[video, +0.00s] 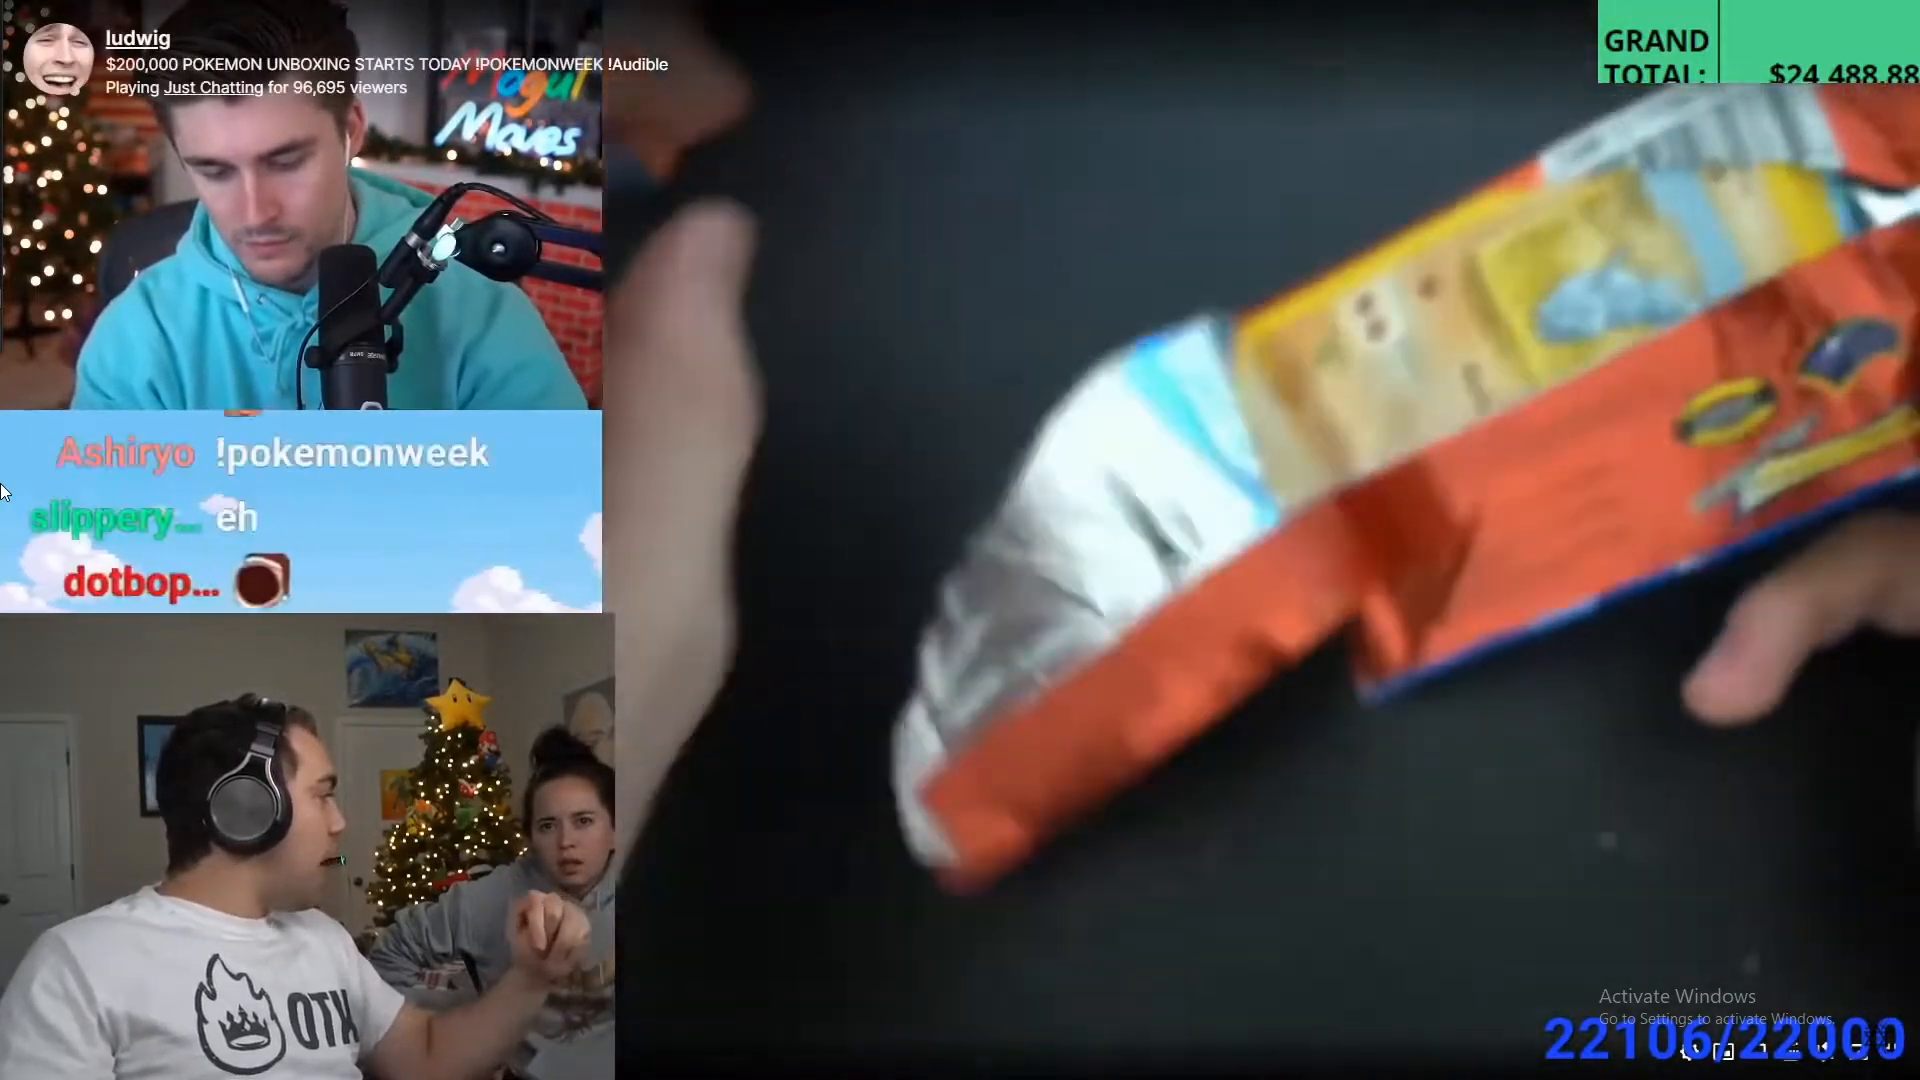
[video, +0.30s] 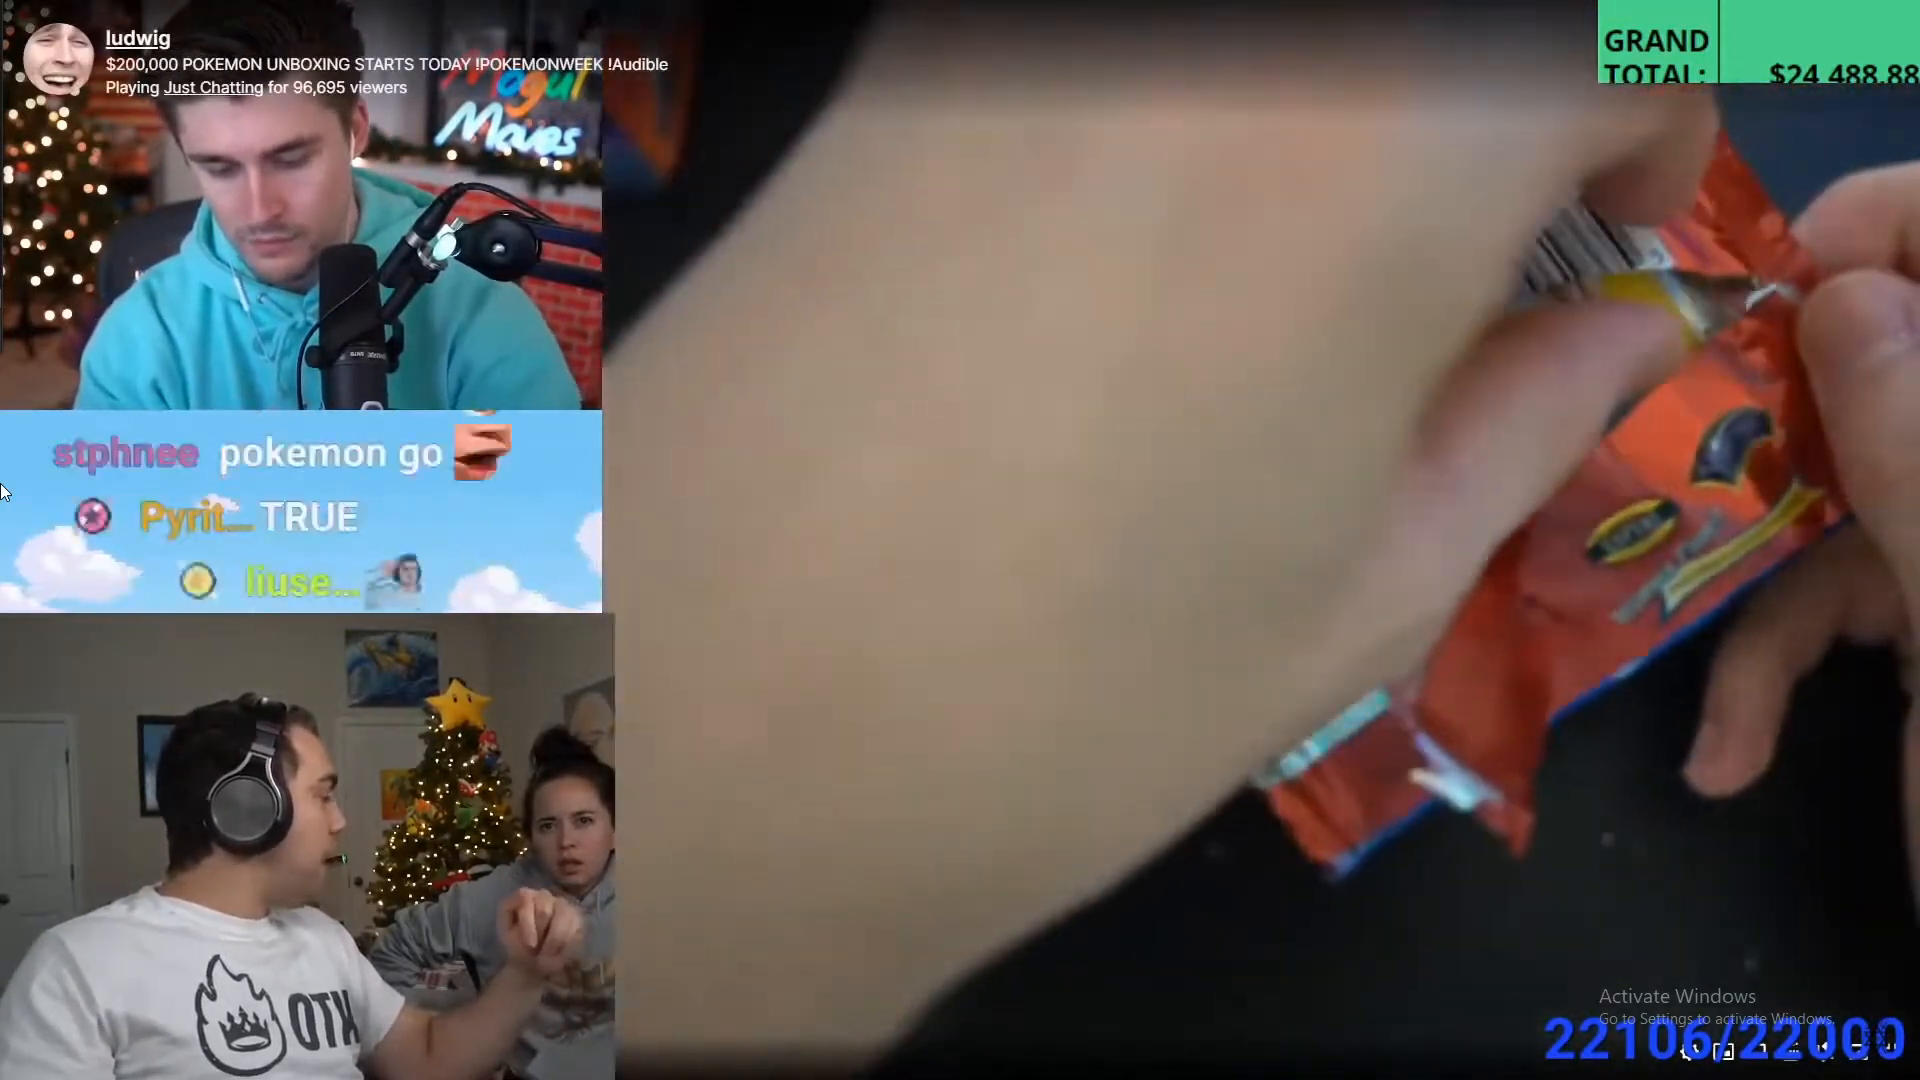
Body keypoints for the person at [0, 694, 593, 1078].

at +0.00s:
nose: (340, 822)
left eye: (334, 796)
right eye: (323, 793)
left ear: (258, 800)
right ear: (243, 802)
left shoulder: (325, 944)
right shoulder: (77, 966)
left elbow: (426, 1054)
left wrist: (529, 978)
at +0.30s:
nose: (341, 822)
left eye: (333, 795)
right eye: (323, 794)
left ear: (258, 801)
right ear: (243, 803)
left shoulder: (324, 944)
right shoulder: (77, 966)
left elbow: (429, 1054)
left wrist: (525, 974)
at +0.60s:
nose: (341, 820)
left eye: (333, 794)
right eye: (322, 793)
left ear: (255, 800)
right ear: (242, 801)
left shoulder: (323, 942)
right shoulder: (76, 968)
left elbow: (428, 1056)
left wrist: (525, 973)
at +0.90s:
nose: (342, 821)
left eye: (333, 794)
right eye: (322, 794)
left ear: (250, 807)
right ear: (241, 807)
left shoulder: (322, 943)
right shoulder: (76, 966)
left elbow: (432, 1061)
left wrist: (492, 954)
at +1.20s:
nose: (343, 817)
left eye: (334, 792)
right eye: (323, 793)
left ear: (260, 803)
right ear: (245, 805)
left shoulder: (324, 944)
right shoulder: (77, 967)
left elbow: (429, 1056)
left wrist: (519, 963)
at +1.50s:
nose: (343, 818)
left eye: (334, 794)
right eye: (323, 795)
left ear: (259, 804)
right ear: (245, 806)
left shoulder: (322, 944)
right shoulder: (77, 967)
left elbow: (424, 1057)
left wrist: (513, 962)